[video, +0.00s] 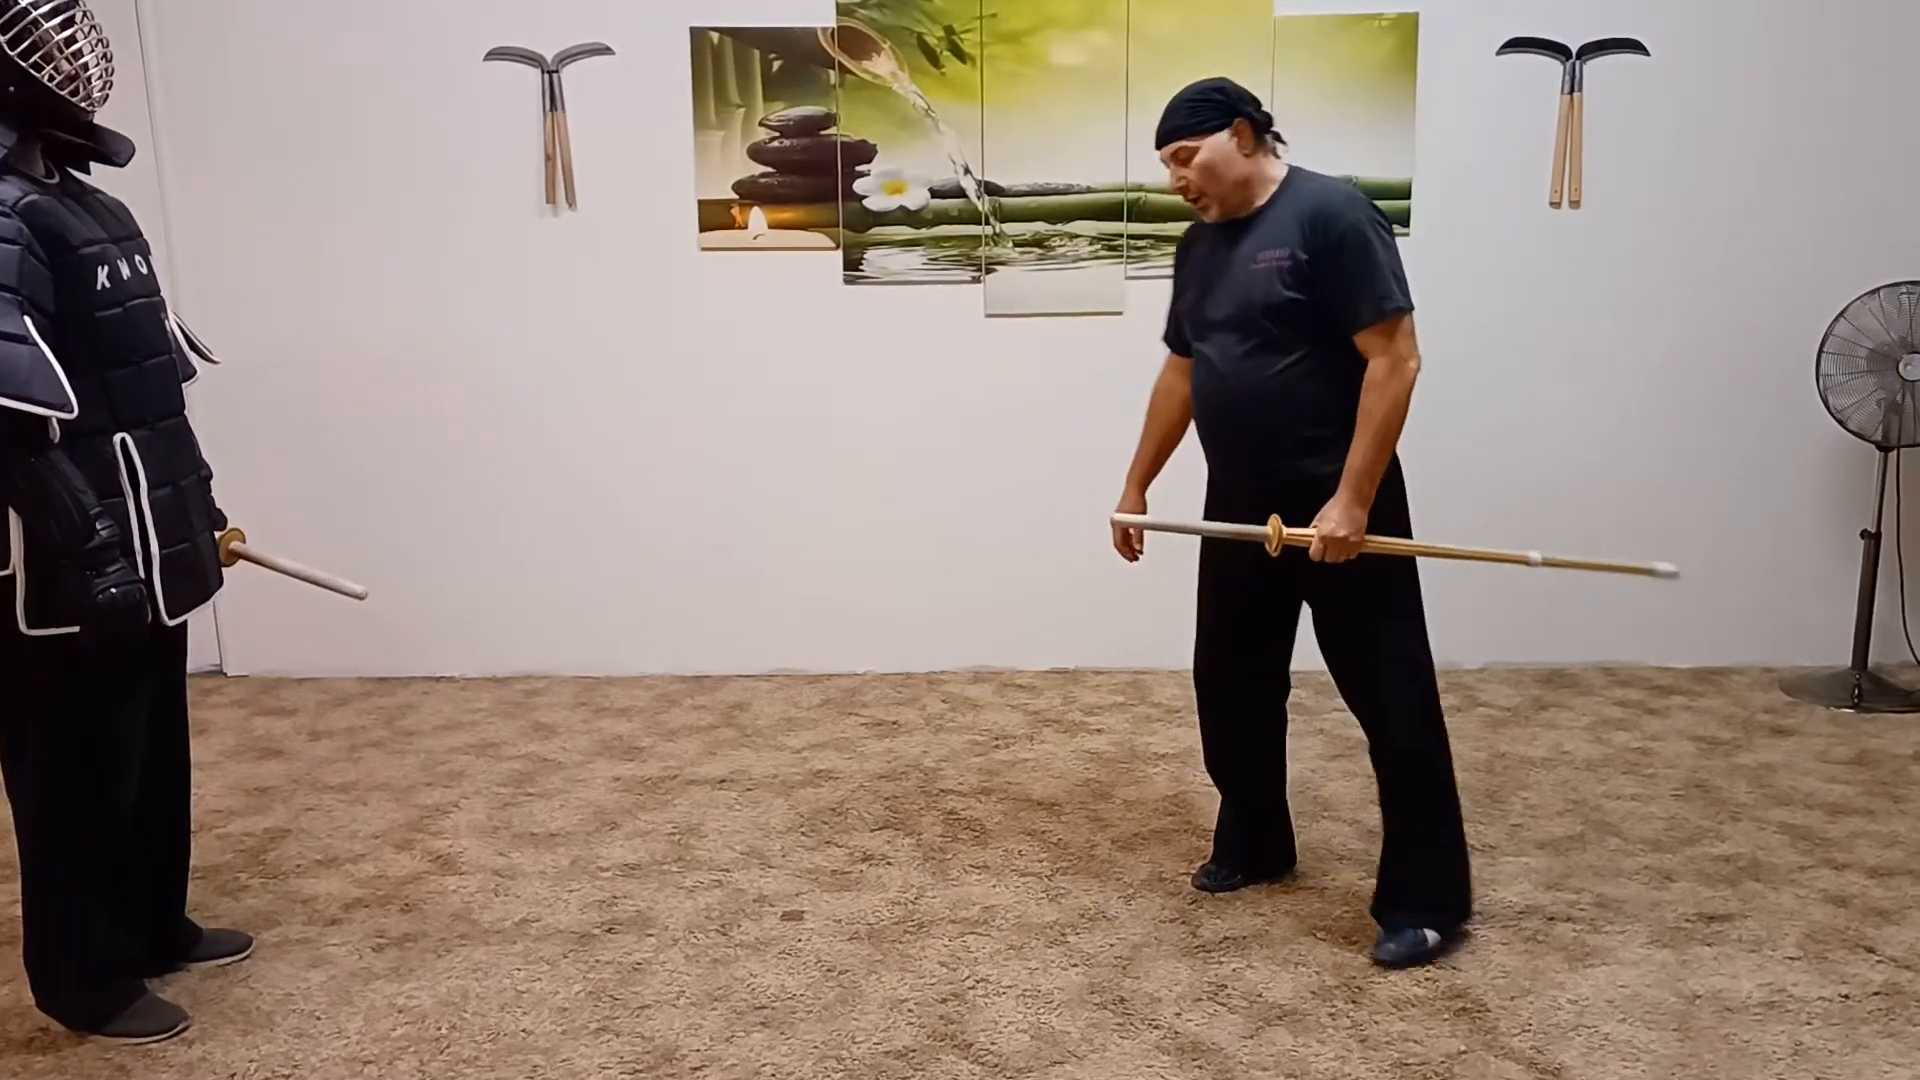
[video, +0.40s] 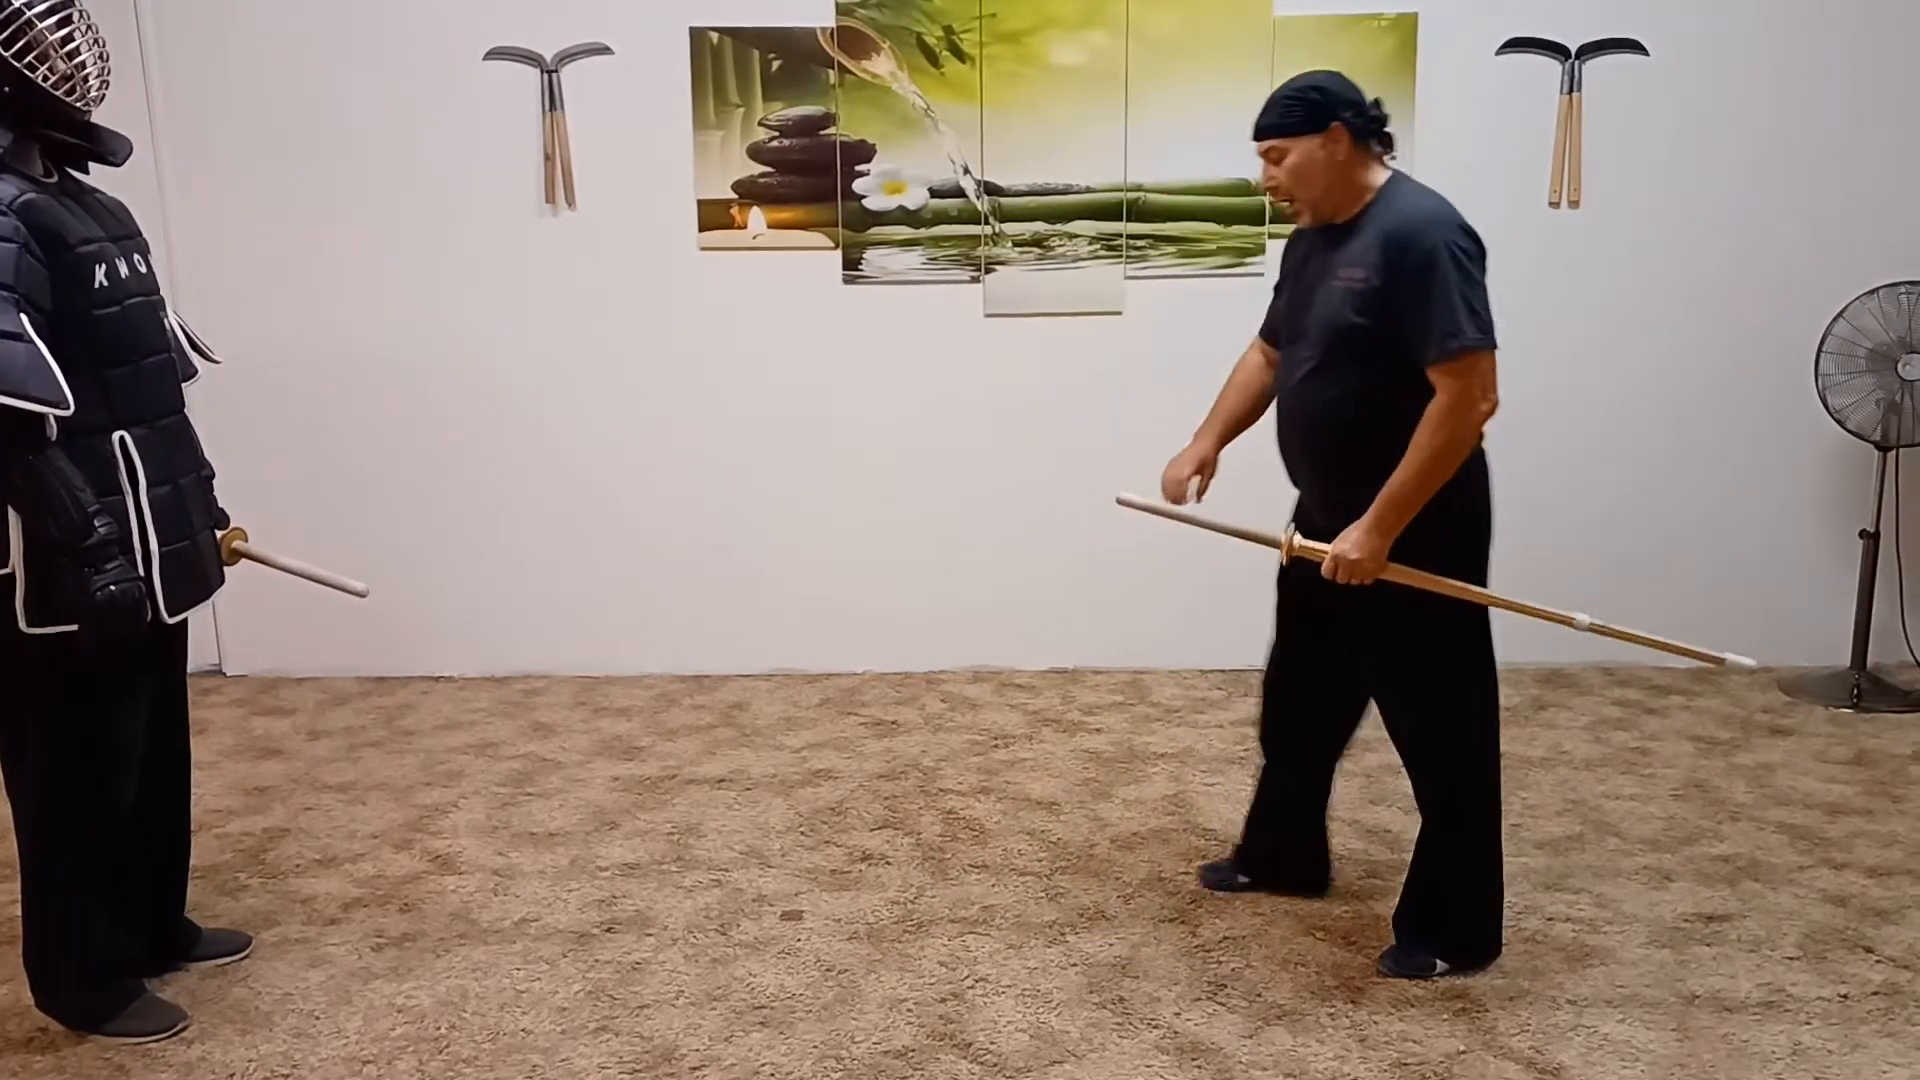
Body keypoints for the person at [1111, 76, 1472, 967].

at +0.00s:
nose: (1174, 176)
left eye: (1186, 153)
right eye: (1167, 161)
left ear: (1242, 136)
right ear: (1182, 162)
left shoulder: (1333, 214)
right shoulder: (1201, 246)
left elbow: (1396, 360)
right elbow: (1182, 368)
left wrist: (1353, 496)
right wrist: (1135, 485)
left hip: (1345, 499)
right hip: (1242, 500)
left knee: (1393, 699)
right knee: (1232, 682)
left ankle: (1428, 903)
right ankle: (1254, 842)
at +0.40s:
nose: (1267, 177)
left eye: (1279, 155)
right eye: (1263, 160)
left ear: (1339, 143)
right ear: (1315, 152)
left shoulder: (1424, 234)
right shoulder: (1312, 236)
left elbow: (1468, 397)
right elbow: (1273, 351)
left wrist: (1379, 525)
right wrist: (1208, 439)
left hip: (1425, 526)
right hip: (1326, 516)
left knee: (1446, 735)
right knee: (1300, 701)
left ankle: (1454, 929)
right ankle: (1283, 856)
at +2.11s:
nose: (1276, 165)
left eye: (1290, 146)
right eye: (1276, 149)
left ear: (1348, 147)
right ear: (1329, 154)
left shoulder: (1416, 237)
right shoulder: (1310, 247)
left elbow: (1500, 367)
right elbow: (1204, 317)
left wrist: (1380, 477)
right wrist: (1100, 376)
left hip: (1391, 526)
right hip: (1318, 517)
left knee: (1393, 727)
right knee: (1277, 689)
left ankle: (1452, 933)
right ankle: (1223, 845)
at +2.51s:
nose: (1187, 188)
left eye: (1198, 168)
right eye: (1183, 174)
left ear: (1254, 159)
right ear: (1230, 170)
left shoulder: (1327, 232)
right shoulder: (1212, 257)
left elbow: (1438, 334)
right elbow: (1107, 283)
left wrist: (1413, 484)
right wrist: (998, 315)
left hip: (1346, 531)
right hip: (1262, 527)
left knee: (1393, 731)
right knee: (1216, 667)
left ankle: (1457, 929)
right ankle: (1204, 845)